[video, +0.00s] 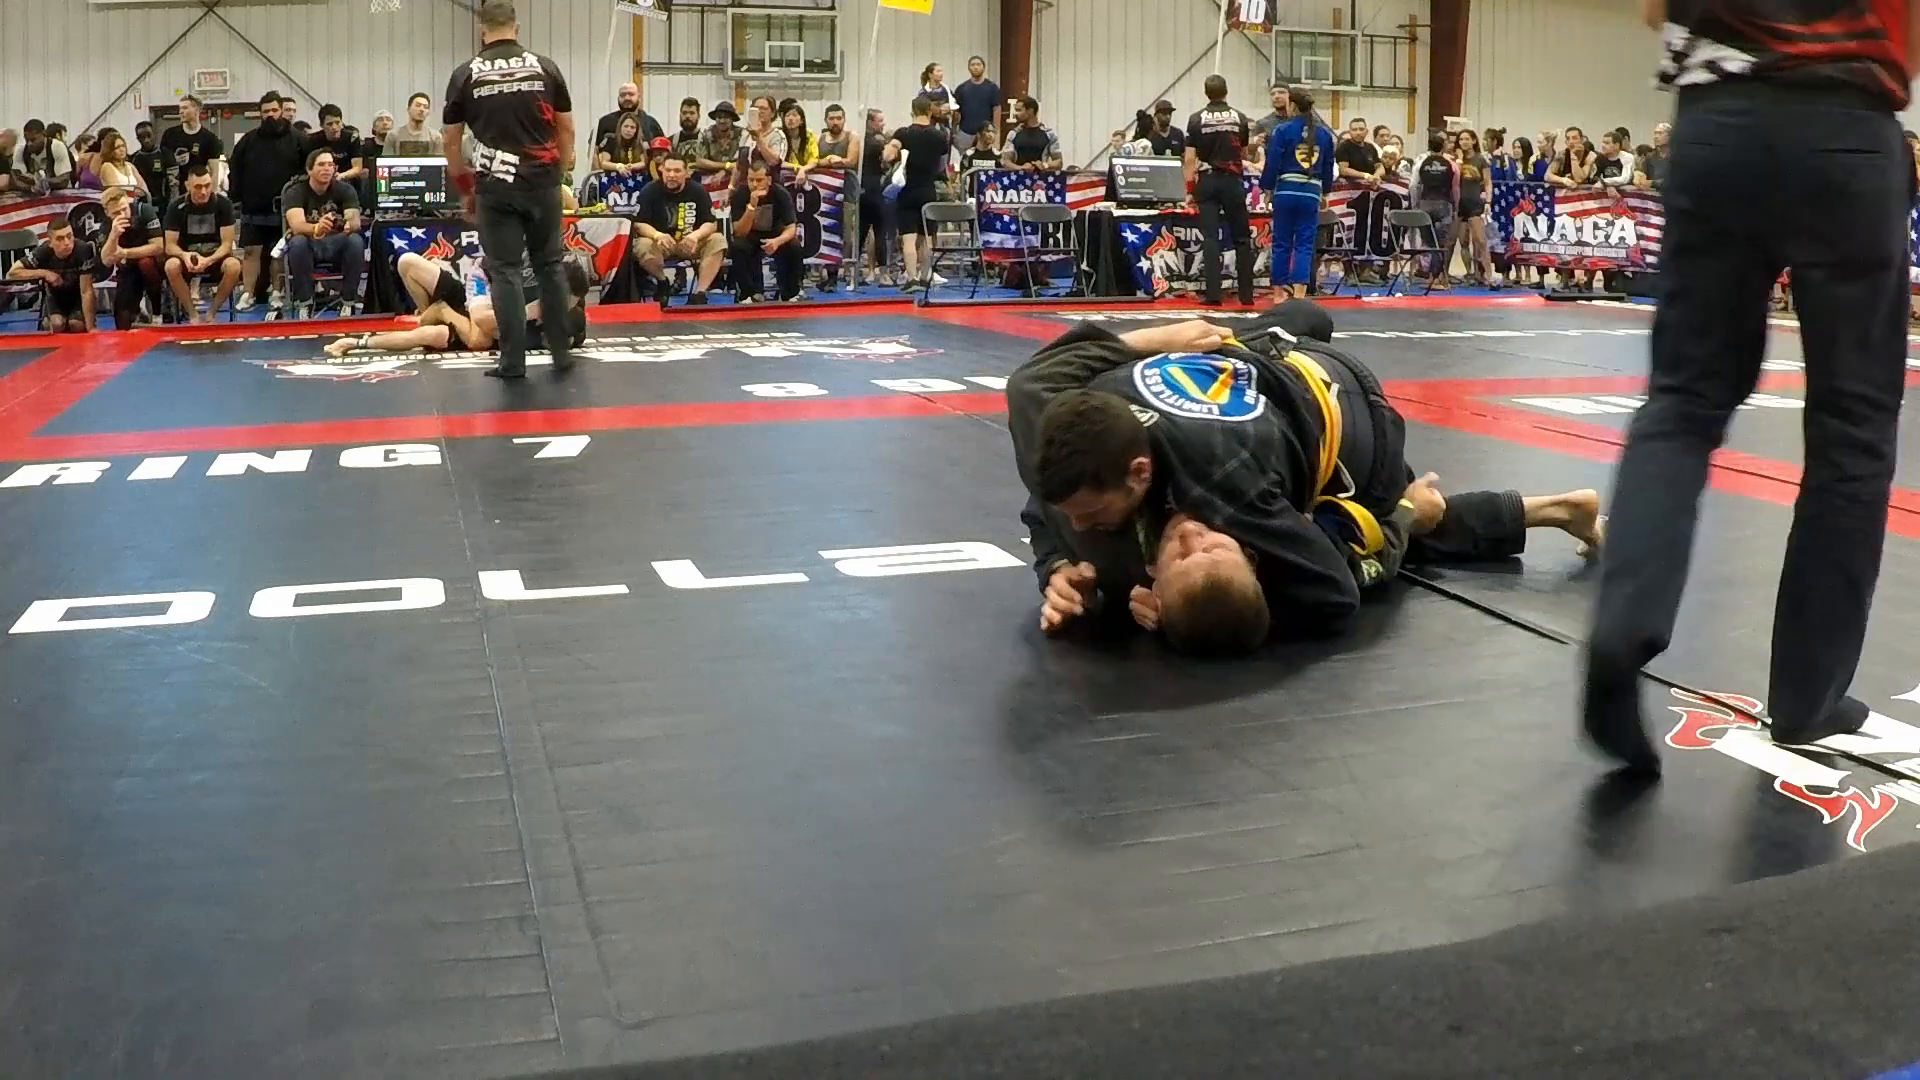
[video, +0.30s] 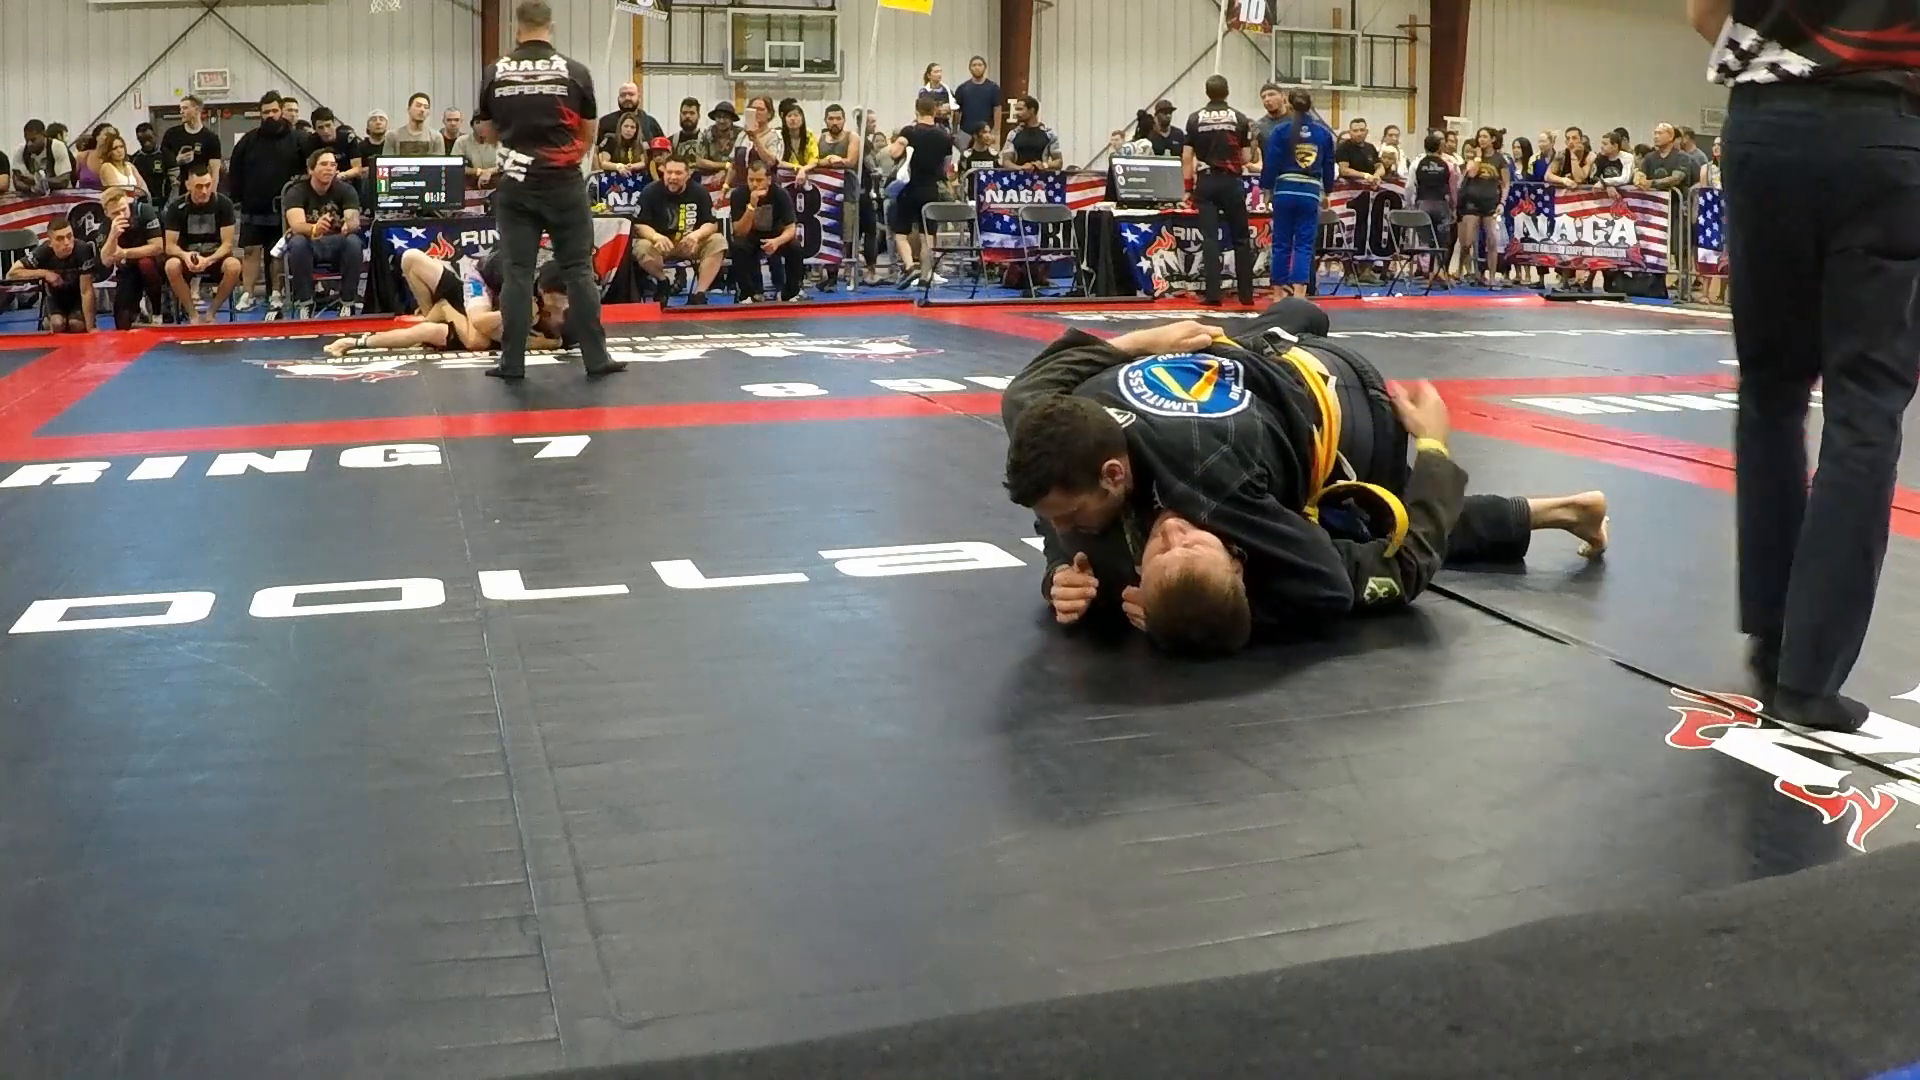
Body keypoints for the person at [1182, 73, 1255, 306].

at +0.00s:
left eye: (1208, 91)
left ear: (1206, 93)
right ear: (1226, 92)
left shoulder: (1196, 119)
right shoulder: (1240, 118)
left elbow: (1189, 158)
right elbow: (1245, 151)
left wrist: (1189, 190)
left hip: (1207, 179)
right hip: (1233, 179)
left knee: (1210, 238)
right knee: (1242, 238)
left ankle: (1213, 294)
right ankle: (1246, 295)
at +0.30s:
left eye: (1210, 90)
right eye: (1223, 90)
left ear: (1206, 93)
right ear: (1227, 93)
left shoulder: (1194, 119)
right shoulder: (1241, 120)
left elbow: (1187, 158)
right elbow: (1246, 157)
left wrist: (1187, 189)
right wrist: (1228, 160)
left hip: (1205, 180)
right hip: (1232, 181)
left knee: (1209, 238)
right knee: (1241, 238)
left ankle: (1212, 295)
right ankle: (1246, 295)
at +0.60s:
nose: (1227, 94)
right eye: (1226, 90)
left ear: (1207, 93)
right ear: (1227, 93)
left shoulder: (1195, 118)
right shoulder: (1239, 117)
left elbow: (1187, 157)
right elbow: (1248, 154)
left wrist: (1189, 189)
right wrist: (1235, 161)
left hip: (1206, 181)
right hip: (1232, 181)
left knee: (1209, 239)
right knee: (1240, 238)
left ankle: (1212, 295)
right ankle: (1241, 295)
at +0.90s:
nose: (1213, 96)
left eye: (1212, 93)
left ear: (1212, 94)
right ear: (1231, 93)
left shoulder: (1201, 118)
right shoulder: (1246, 118)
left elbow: (1194, 157)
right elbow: (1252, 156)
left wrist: (1194, 184)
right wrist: (1239, 160)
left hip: (1209, 178)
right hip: (1235, 180)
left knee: (1211, 238)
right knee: (1238, 239)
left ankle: (1212, 295)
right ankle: (1233, 295)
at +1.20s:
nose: (1224, 97)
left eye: (1224, 93)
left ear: (1224, 95)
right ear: (1243, 97)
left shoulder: (1211, 117)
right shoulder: (1254, 120)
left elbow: (1200, 154)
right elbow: (1253, 155)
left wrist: (1196, 185)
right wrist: (1242, 169)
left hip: (1216, 179)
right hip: (1241, 181)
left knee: (1217, 234)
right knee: (1240, 236)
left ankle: (1213, 285)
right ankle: (1235, 287)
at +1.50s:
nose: (1226, 96)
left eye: (1225, 93)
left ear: (1226, 95)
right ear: (1245, 96)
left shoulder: (1214, 117)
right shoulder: (1256, 119)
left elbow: (1204, 155)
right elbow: (1250, 149)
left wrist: (1197, 185)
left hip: (1218, 178)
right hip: (1242, 180)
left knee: (1230, 233)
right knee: (1238, 237)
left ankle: (1233, 285)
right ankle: (1232, 292)